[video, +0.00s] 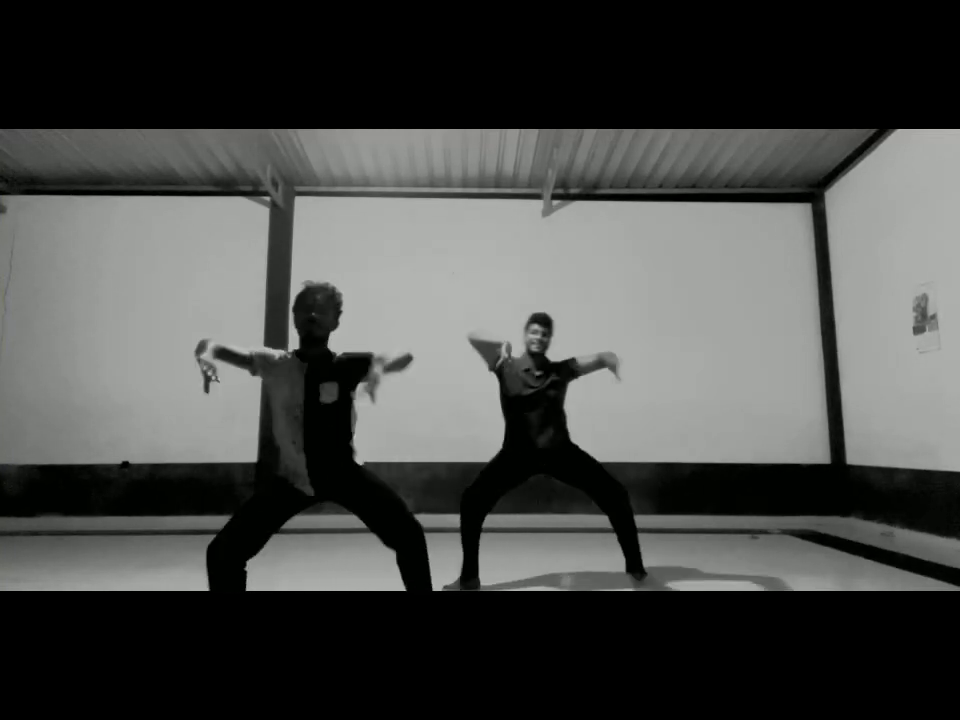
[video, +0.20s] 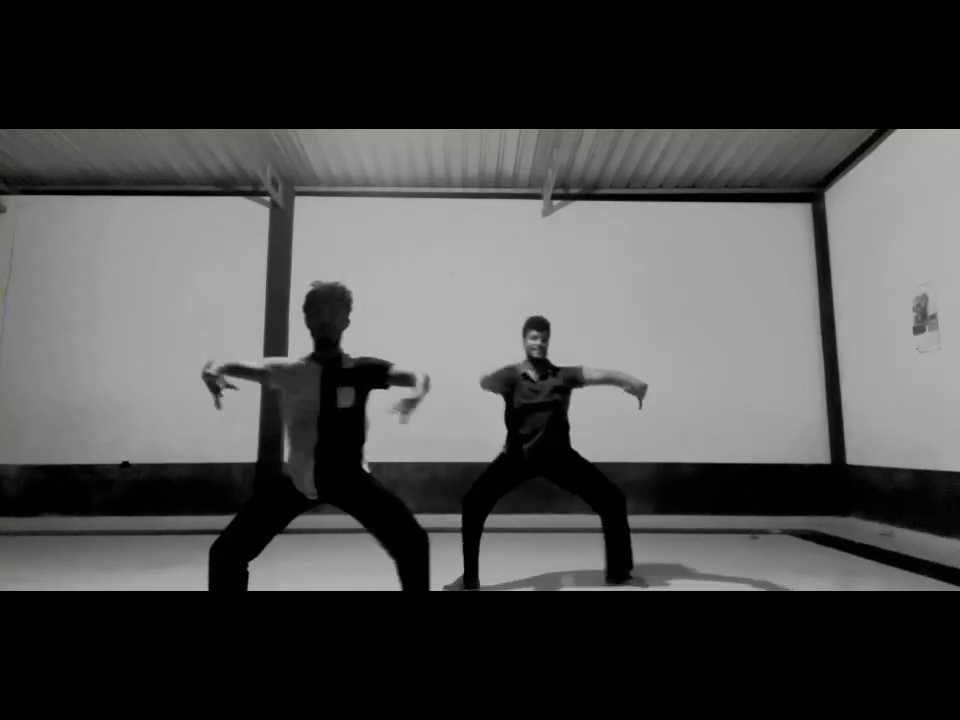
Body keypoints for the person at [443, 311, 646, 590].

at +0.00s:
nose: (538, 338)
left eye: (544, 334)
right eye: (533, 332)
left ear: (550, 339)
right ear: (524, 336)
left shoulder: (561, 370)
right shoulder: (505, 367)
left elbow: (601, 358)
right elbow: (473, 339)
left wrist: (611, 363)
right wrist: (499, 346)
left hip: (560, 454)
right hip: (517, 455)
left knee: (615, 495)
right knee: (472, 501)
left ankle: (636, 571)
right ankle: (469, 577)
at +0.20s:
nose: (537, 343)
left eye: (542, 338)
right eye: (532, 338)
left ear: (549, 342)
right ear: (524, 342)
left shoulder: (564, 376)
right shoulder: (512, 377)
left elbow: (606, 376)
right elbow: (486, 382)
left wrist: (635, 385)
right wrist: (517, 372)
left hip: (559, 457)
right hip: (517, 458)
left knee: (611, 499)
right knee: (473, 503)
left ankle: (618, 574)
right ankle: (469, 579)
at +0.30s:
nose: (551, 344)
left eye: (556, 339)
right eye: (546, 339)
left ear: (562, 342)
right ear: (539, 343)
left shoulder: (579, 378)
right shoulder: (526, 378)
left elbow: (617, 378)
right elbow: (496, 390)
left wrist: (644, 385)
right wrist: (510, 388)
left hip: (567, 459)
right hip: (526, 461)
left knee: (620, 500)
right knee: (482, 507)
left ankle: (616, 571)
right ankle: (469, 577)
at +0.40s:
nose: (564, 333)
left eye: (568, 328)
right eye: (559, 329)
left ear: (576, 329)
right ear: (551, 331)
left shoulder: (594, 364)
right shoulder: (540, 364)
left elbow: (631, 360)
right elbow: (511, 379)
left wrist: (653, 368)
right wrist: (518, 385)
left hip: (583, 449)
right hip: (543, 449)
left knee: (628, 501)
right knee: (504, 505)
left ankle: (618, 571)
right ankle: (472, 575)